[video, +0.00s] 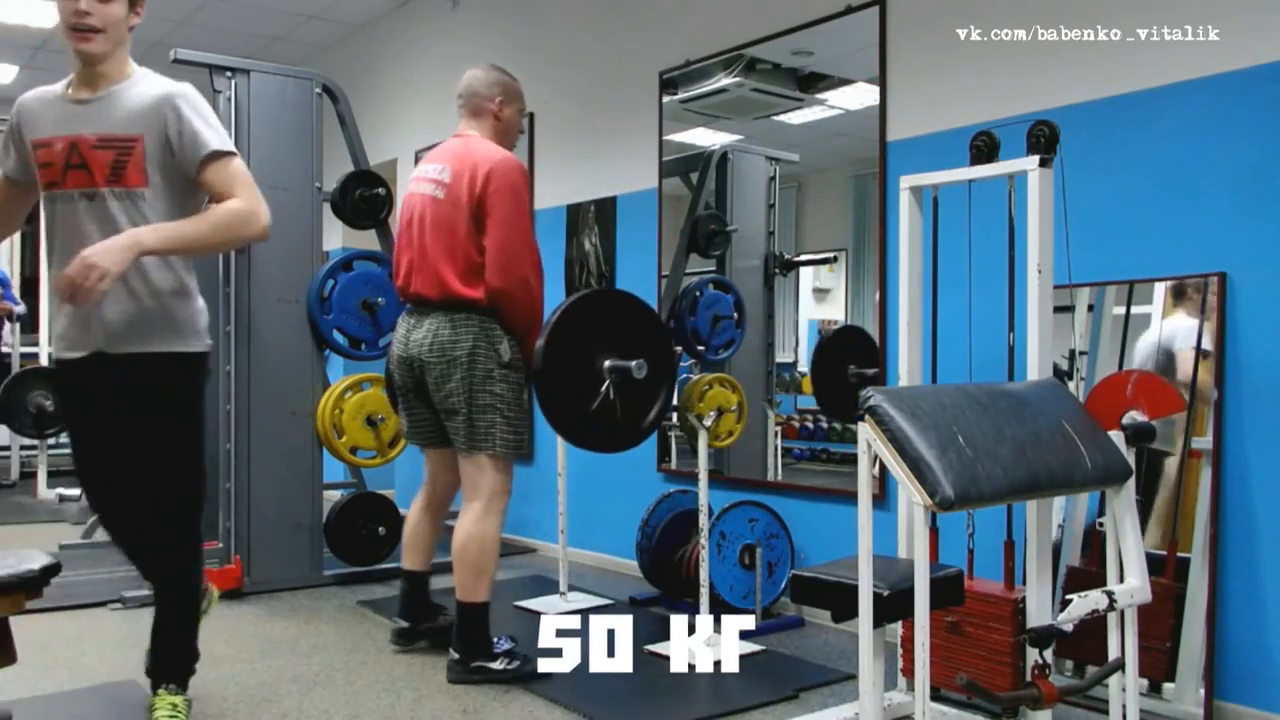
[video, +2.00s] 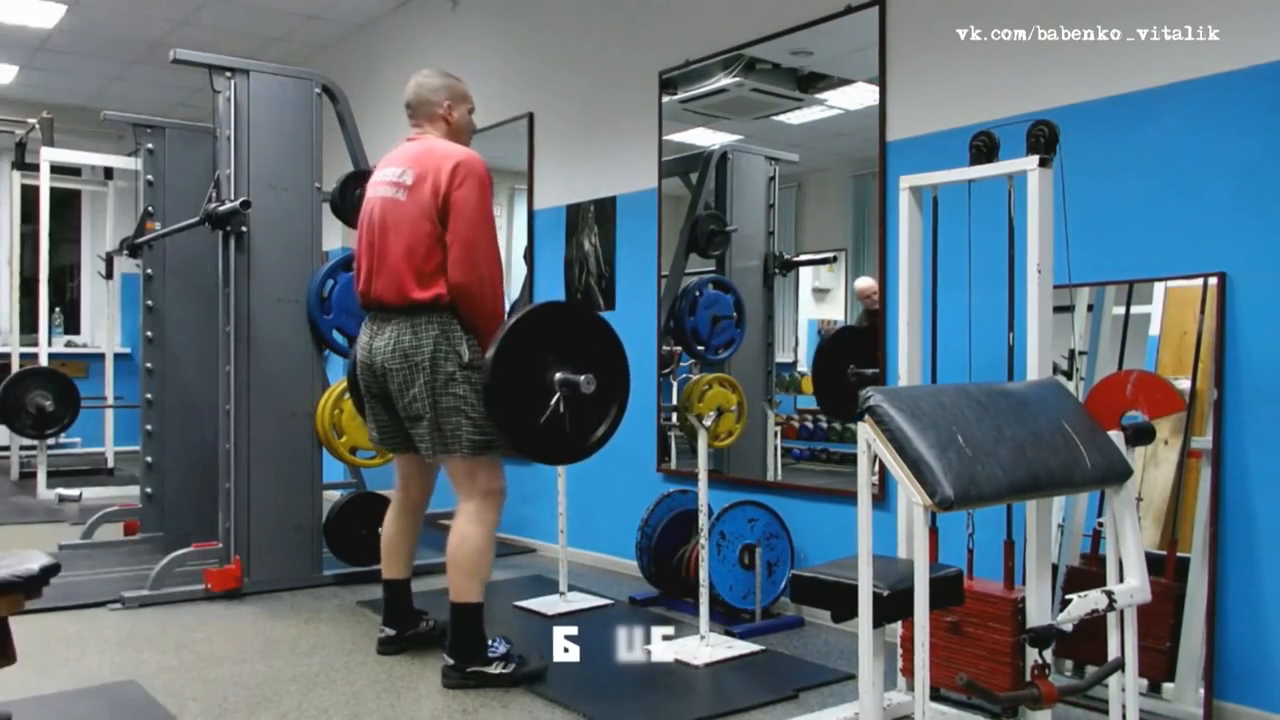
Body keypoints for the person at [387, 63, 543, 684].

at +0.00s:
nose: (521, 128)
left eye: (522, 119)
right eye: (520, 118)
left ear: (468, 107)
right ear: (499, 107)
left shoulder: (425, 163)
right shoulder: (501, 165)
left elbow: (403, 264)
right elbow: (511, 271)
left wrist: (435, 310)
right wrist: (527, 340)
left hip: (412, 332)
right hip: (472, 334)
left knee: (438, 480)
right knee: (485, 491)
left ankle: (414, 616)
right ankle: (473, 649)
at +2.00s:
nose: (473, 121)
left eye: (472, 112)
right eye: (469, 111)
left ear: (421, 113)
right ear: (446, 110)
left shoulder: (387, 165)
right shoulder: (461, 164)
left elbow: (366, 266)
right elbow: (472, 273)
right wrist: (494, 343)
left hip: (377, 338)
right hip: (434, 338)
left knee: (412, 483)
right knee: (482, 491)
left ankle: (399, 620)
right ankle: (469, 651)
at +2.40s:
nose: (435, 109)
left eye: (432, 99)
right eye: (428, 100)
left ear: (380, 104)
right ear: (401, 100)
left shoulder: (356, 164)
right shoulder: (425, 147)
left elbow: (368, 267)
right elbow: (476, 242)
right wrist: (511, 281)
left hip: (396, 333)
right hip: (449, 324)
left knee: (424, 473)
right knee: (494, 476)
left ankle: (401, 612)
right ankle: (477, 638)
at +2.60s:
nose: (427, 143)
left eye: (428, 135)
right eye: (424, 134)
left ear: (373, 124)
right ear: (399, 123)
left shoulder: (345, 181)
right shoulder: (399, 163)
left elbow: (384, 263)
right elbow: (475, 231)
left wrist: (458, 203)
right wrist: (514, 201)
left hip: (411, 348)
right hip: (462, 340)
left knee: (434, 487)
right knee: (502, 489)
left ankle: (402, 620)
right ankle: (472, 652)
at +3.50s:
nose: (453, 123)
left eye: (452, 112)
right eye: (449, 111)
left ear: (398, 110)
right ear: (423, 108)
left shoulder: (361, 172)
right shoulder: (431, 160)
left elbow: (363, 275)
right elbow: (472, 258)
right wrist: (522, 281)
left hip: (387, 341)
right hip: (444, 334)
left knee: (416, 481)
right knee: (479, 491)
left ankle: (400, 622)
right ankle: (470, 654)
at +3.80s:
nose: (480, 128)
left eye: (478, 118)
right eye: (476, 118)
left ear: (426, 119)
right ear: (456, 116)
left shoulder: (394, 170)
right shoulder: (472, 169)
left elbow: (373, 267)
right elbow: (482, 277)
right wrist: (497, 356)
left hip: (378, 340)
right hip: (437, 340)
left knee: (412, 487)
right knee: (486, 493)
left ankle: (400, 621)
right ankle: (471, 654)